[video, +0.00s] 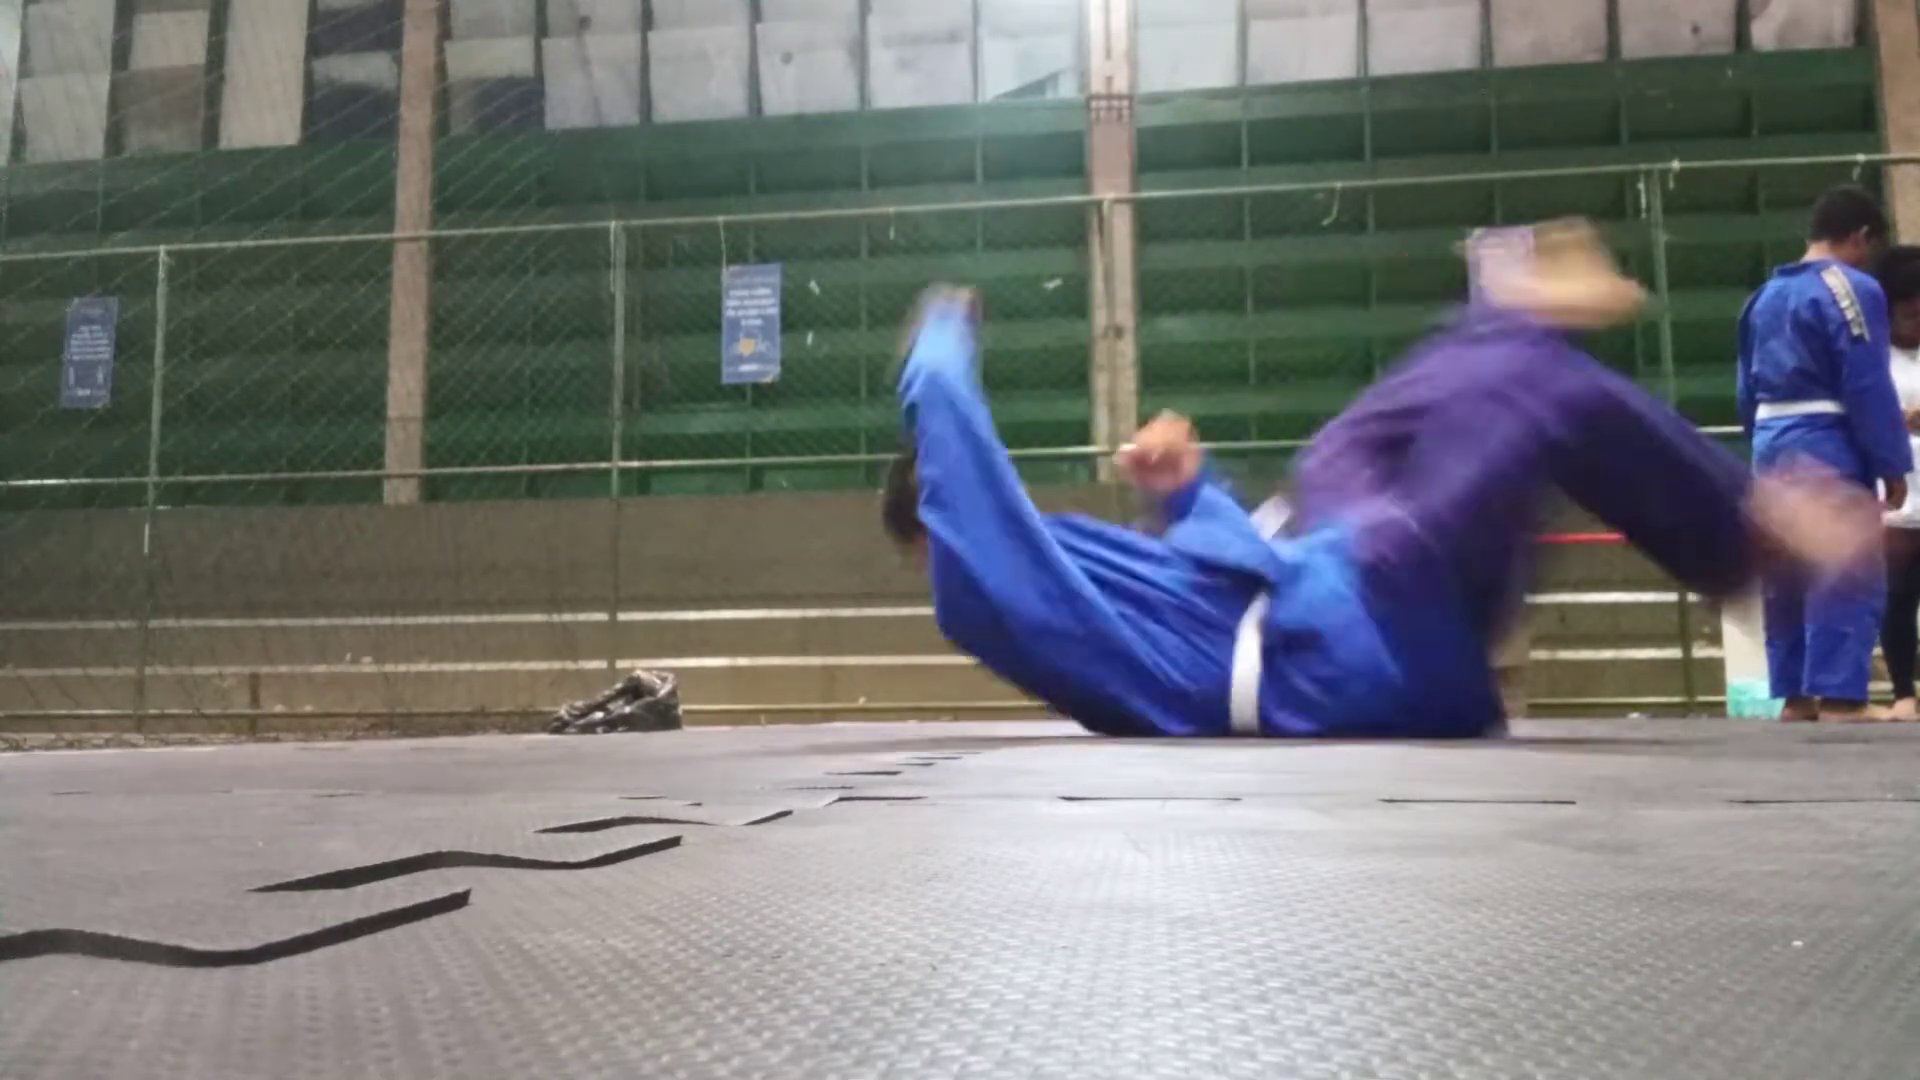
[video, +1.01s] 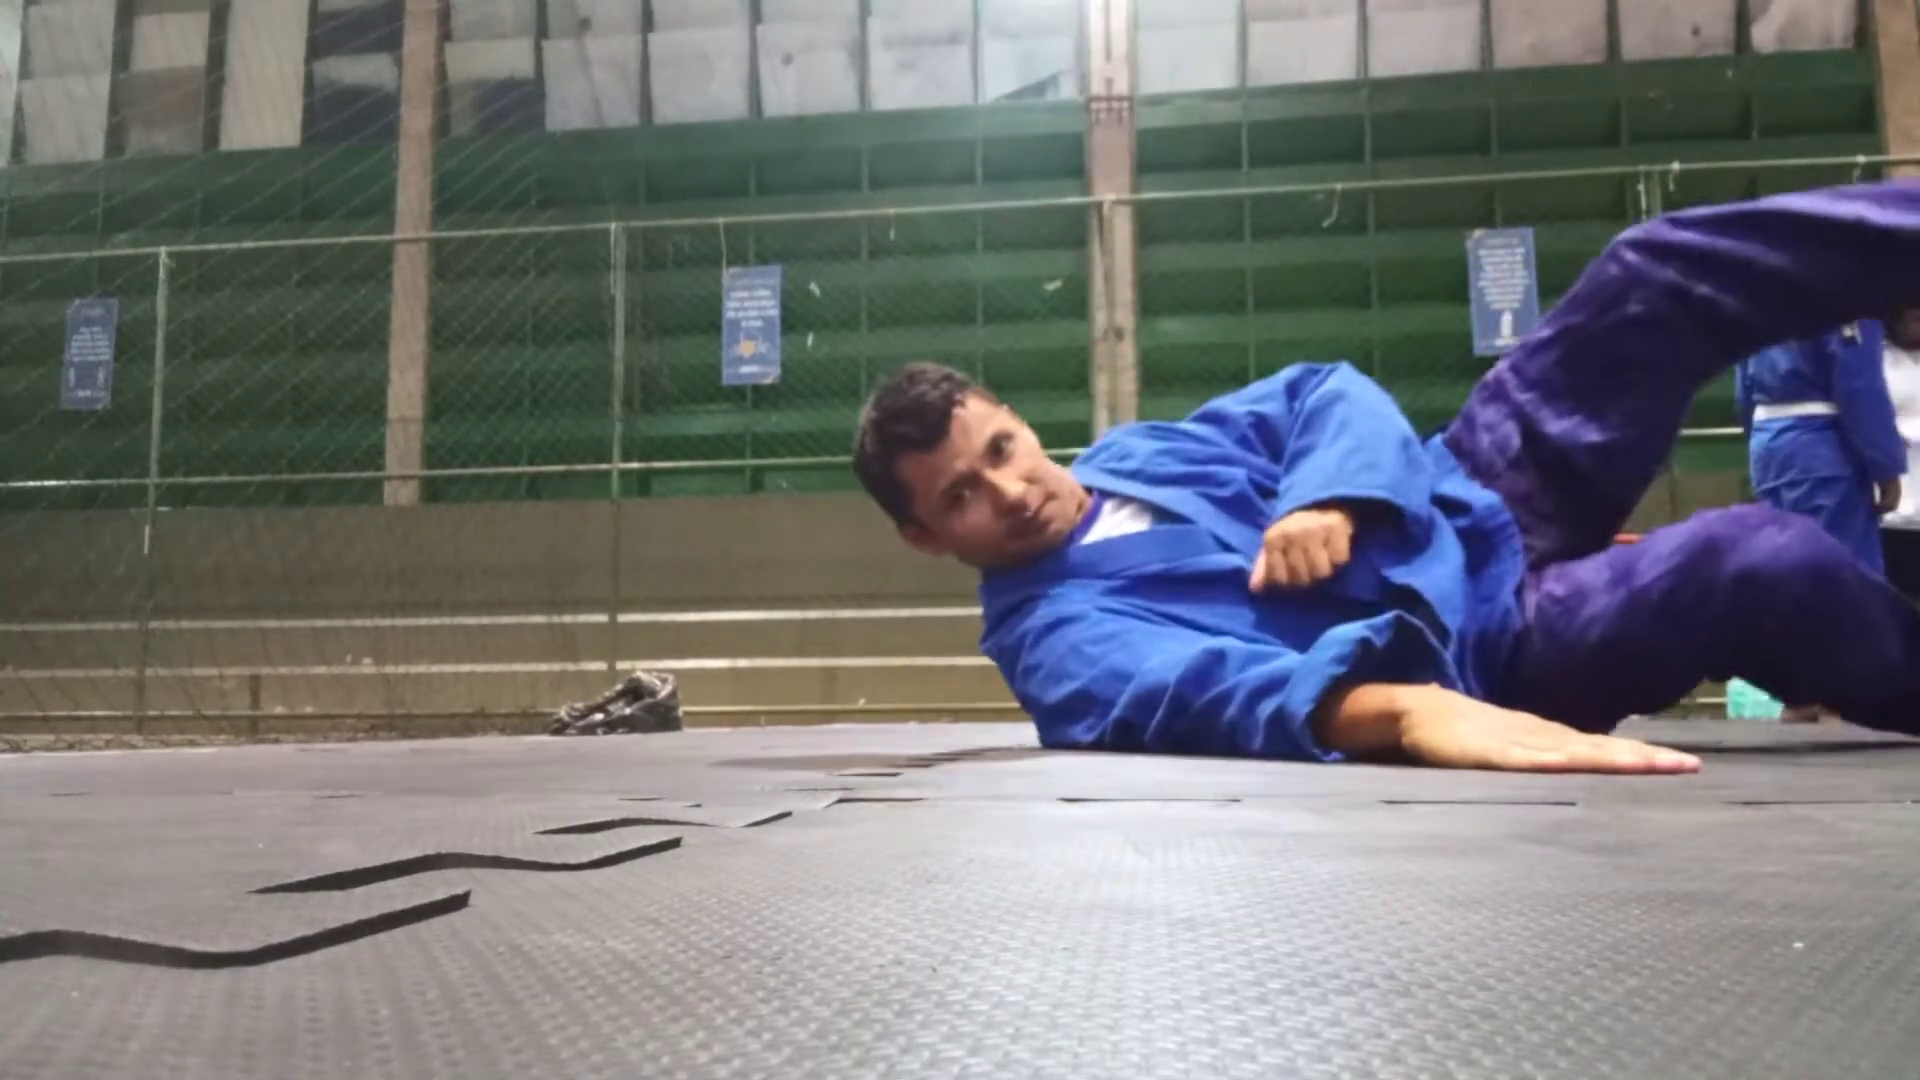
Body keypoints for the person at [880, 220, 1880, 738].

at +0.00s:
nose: (994, 491)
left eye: (987, 483)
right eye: (972, 488)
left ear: (951, 516)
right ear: (947, 506)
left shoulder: (1077, 571)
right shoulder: (995, 578)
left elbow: (1244, 575)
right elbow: (951, 438)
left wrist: (1186, 487)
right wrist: (937, 355)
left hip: (1362, 646)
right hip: (1327, 644)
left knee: (1476, 375)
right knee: (1535, 373)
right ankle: (1761, 536)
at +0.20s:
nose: (1027, 407)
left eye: (1029, 375)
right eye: (993, 413)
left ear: (1072, 351)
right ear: (977, 454)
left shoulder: (1181, 410)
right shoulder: (1050, 541)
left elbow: (1383, 383)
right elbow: (1132, 444)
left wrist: (1308, 414)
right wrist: (1200, 247)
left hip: (1464, 507)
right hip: (1417, 652)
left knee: (1737, 350)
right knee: (1649, 668)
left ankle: (1908, 395)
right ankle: (1903, 707)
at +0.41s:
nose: (1115, 387)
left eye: (1111, 345)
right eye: (1070, 390)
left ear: (1135, 305)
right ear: (1035, 418)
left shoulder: (1254, 320)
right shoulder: (1114, 530)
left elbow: (1495, 303)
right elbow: (1190, 687)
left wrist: (1423, 396)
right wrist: (1378, 700)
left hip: (1576, 478)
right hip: (1511, 639)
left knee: (1822, 413)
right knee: (1706, 660)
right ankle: (1901, 699)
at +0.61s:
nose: (1102, 414)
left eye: (1104, 372)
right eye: (1056, 408)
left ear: (1127, 337)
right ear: (1004, 430)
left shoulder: (1224, 379)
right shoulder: (1086, 581)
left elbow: (1458, 334)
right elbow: (1212, 688)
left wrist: (1405, 451)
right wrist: (1427, 714)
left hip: (1549, 486)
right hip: (1516, 654)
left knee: (1834, 365)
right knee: (1788, 637)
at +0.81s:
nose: (1024, 472)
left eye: (1018, 432)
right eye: (978, 478)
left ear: (1043, 409)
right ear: (937, 520)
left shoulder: (1146, 436)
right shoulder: (1070, 637)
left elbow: (1354, 373)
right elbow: (1246, 690)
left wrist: (1334, 493)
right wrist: (1455, 727)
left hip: (1491, 486)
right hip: (1486, 642)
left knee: (1723, 305)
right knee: (1761, 606)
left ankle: (1906, 313)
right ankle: (1901, 706)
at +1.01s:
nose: (1012, 482)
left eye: (1004, 447)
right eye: (968, 492)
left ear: (1024, 426)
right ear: (928, 541)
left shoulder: (1127, 458)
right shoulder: (1068, 652)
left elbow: (1326, 391)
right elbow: (1267, 701)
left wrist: (1322, 496)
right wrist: (1432, 714)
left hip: (1469, 484)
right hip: (1487, 643)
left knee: (1660, 267)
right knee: (1762, 559)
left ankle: (1909, 230)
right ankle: (1903, 689)